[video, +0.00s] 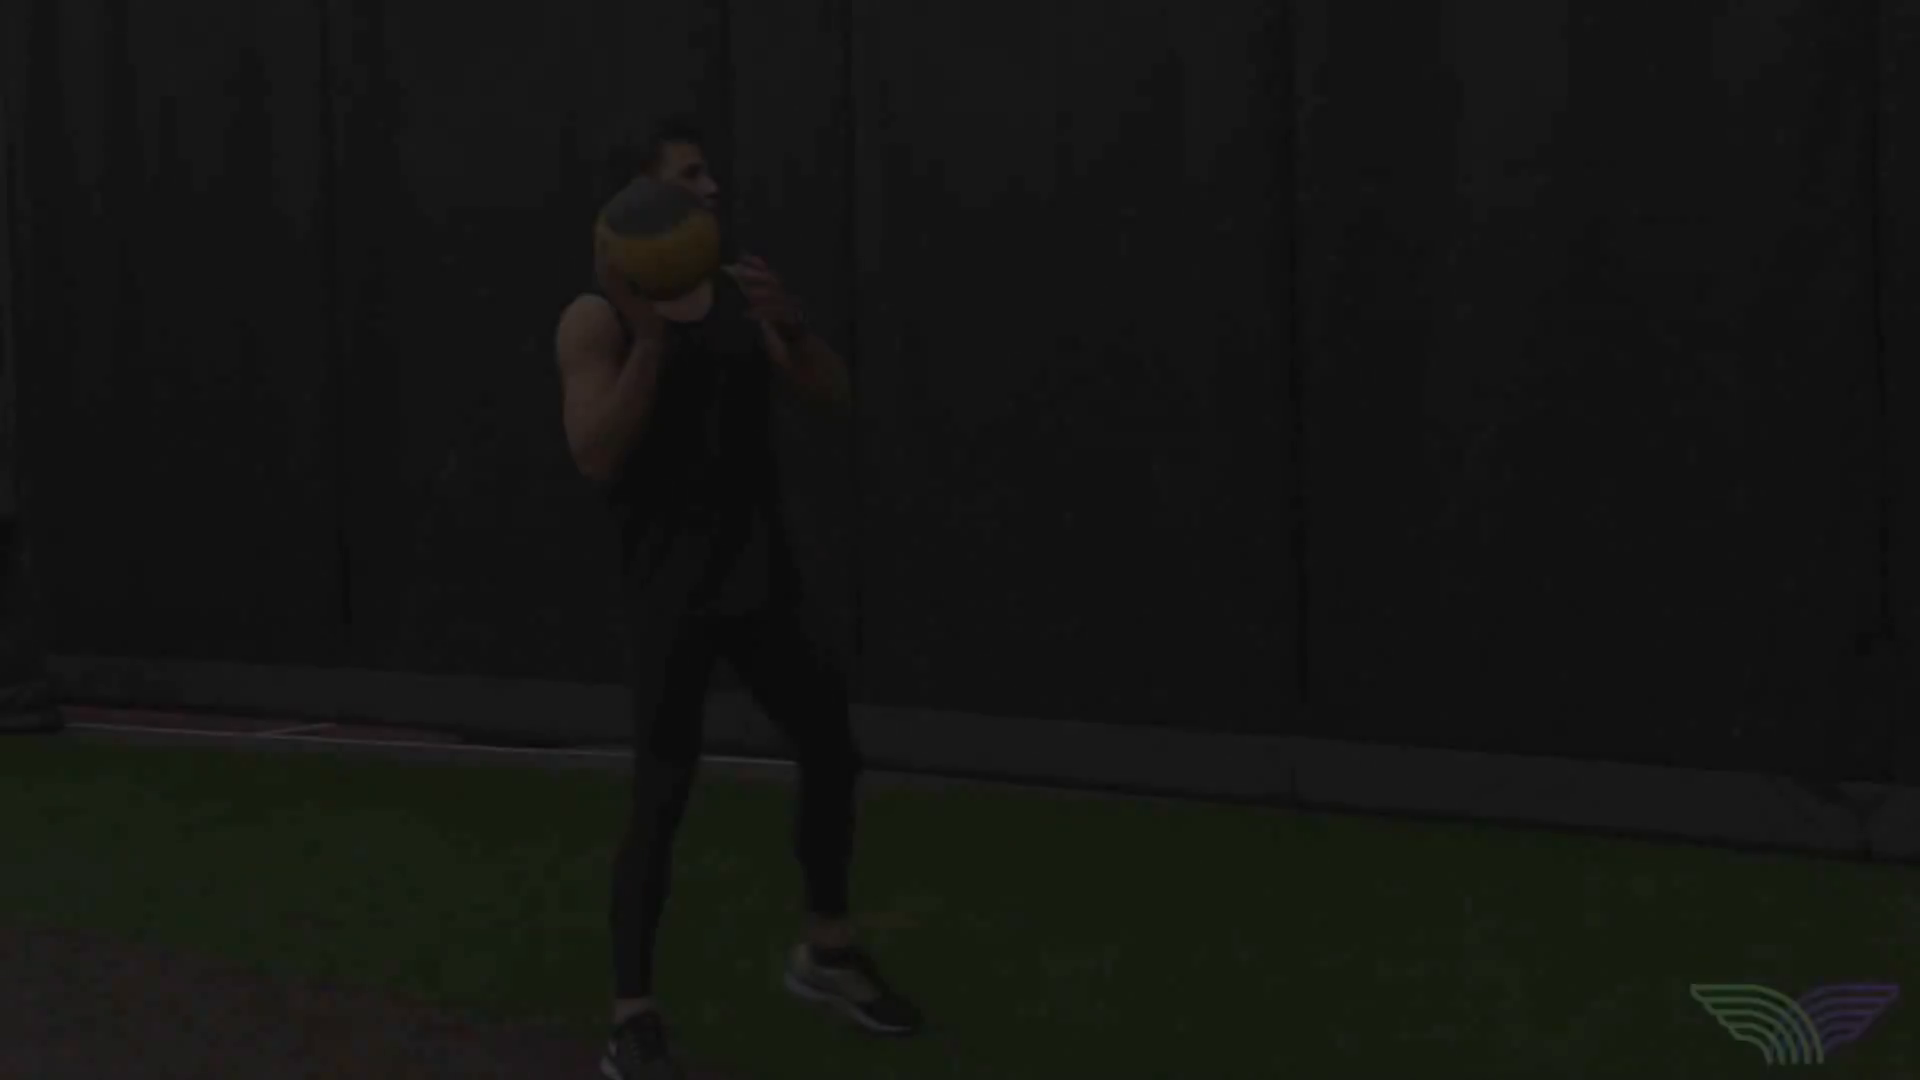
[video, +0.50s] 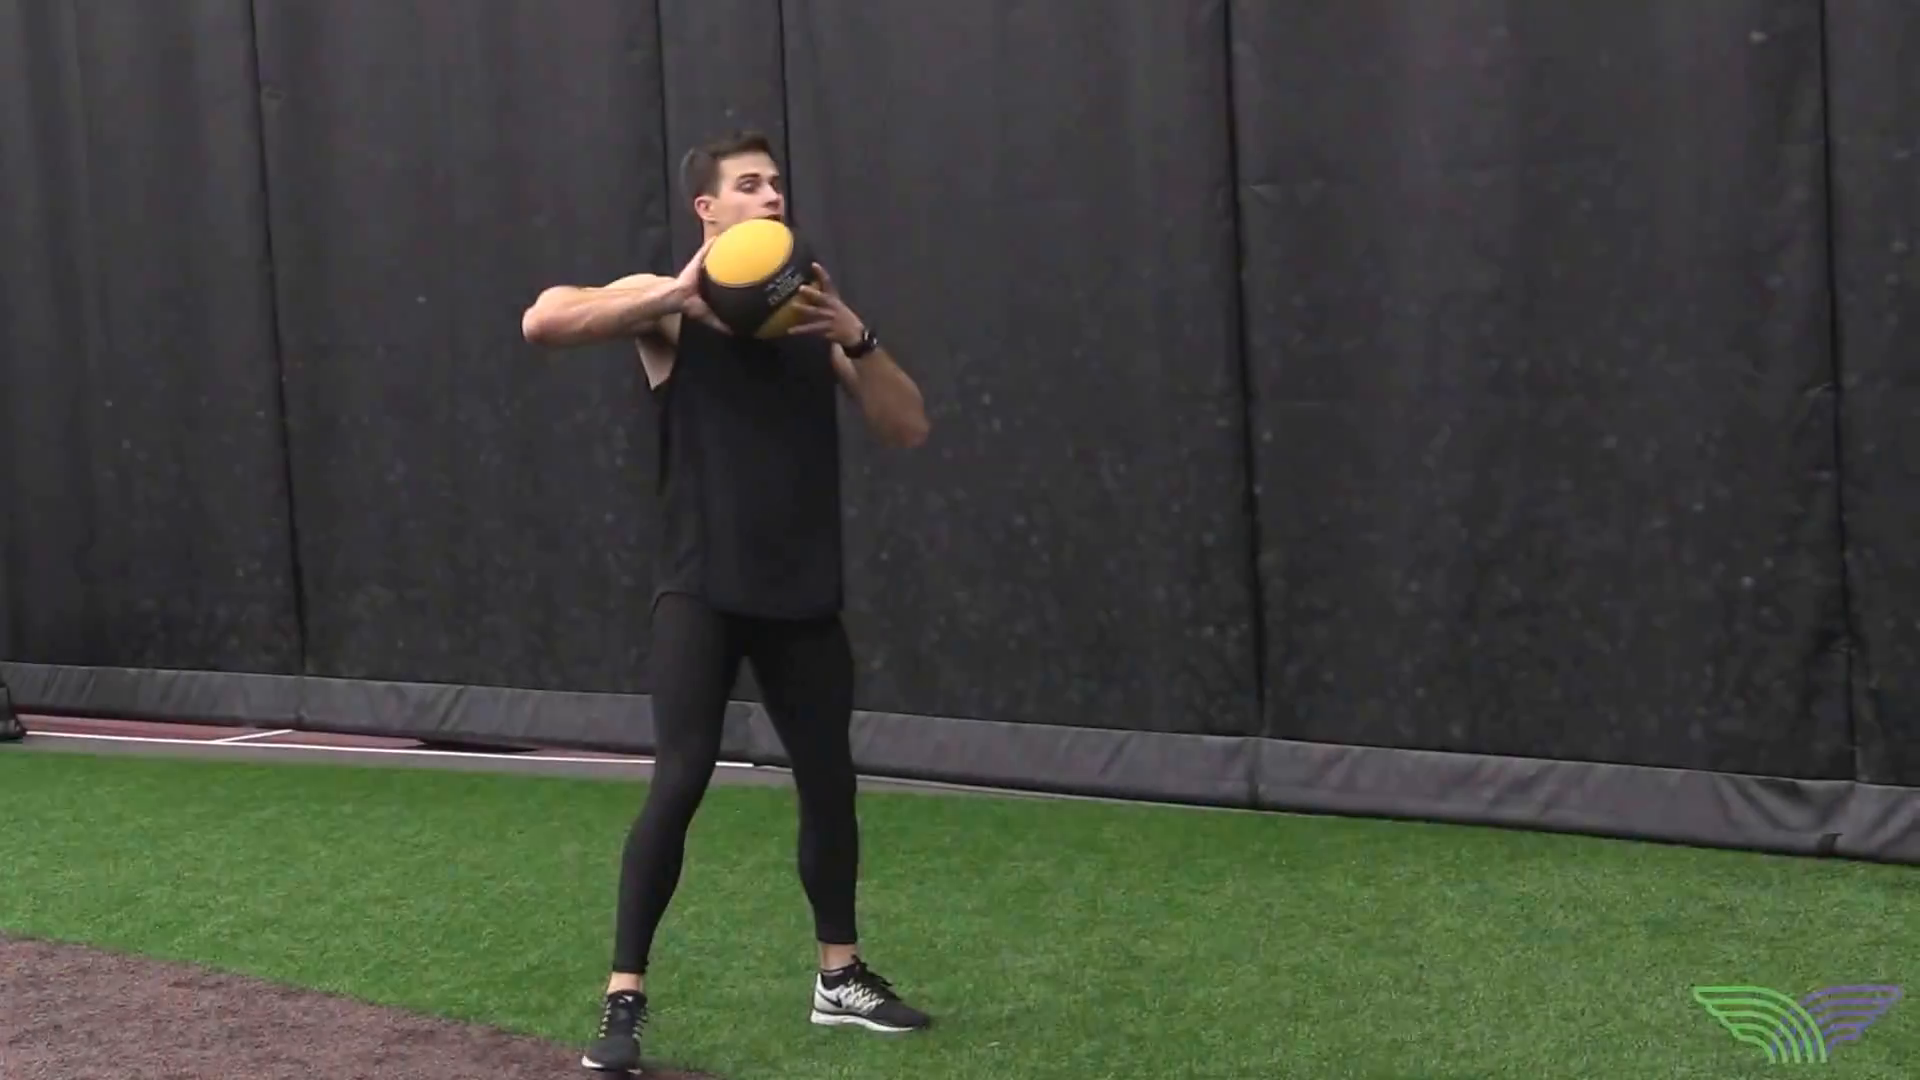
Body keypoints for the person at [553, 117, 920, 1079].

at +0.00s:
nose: (702, 192)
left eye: (705, 177)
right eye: (682, 179)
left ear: (715, 190)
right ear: (638, 196)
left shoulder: (737, 297)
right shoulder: (598, 317)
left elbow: (827, 396)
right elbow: (595, 452)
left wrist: (783, 328)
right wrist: (650, 339)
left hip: (758, 570)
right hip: (664, 580)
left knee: (830, 749)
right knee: (660, 789)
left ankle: (828, 948)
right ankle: (633, 1008)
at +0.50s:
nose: (770, 197)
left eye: (776, 185)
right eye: (749, 184)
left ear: (788, 205)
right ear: (704, 206)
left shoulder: (815, 306)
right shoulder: (666, 297)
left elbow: (910, 425)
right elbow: (540, 321)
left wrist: (856, 342)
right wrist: (668, 296)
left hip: (802, 588)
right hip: (699, 586)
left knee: (831, 781)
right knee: (680, 780)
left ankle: (840, 977)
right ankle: (625, 992)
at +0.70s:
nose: (719, 209)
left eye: (724, 195)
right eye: (699, 195)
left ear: (731, 212)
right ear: (650, 213)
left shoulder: (754, 317)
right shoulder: (600, 302)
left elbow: (850, 429)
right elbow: (464, 318)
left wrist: (795, 344)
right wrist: (585, 308)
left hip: (730, 591)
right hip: (626, 588)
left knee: (760, 777)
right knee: (616, 768)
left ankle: (783, 977)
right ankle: (560, 990)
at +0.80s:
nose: (663, 221)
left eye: (668, 205)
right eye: (641, 207)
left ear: (676, 220)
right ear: (585, 226)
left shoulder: (706, 315)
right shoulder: (542, 311)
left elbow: (799, 431)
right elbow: (396, 327)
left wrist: (745, 349)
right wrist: (541, 324)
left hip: (678, 592)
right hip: (574, 590)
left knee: (711, 776)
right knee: (548, 768)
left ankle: (739, 974)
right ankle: (474, 985)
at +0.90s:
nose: (589, 242)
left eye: (592, 224)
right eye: (566, 230)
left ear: (600, 234)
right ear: (516, 248)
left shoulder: (645, 325)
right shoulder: (473, 327)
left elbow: (731, 441)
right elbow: (321, 346)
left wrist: (648, 379)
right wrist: (444, 352)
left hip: (622, 601)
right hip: (513, 599)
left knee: (668, 781)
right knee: (479, 780)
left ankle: (701, 976)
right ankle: (407, 1001)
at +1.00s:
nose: (510, 278)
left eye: (516, 260)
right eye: (488, 267)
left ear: (527, 265)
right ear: (439, 286)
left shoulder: (572, 348)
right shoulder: (403, 357)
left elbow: (663, 466)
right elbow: (244, 376)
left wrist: (570, 425)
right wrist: (354, 390)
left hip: (571, 619)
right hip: (460, 618)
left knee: (640, 788)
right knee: (425, 801)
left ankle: (678, 976)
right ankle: (367, 1016)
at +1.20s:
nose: (416, 375)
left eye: (415, 354)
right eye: (392, 368)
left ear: (422, 345)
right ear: (340, 385)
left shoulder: (478, 413)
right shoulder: (299, 429)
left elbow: (565, 539)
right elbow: (142, 442)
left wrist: (458, 521)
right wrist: (247, 477)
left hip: (510, 625)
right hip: (398, 643)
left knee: (610, 787)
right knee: (385, 808)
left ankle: (669, 943)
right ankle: (353, 1019)